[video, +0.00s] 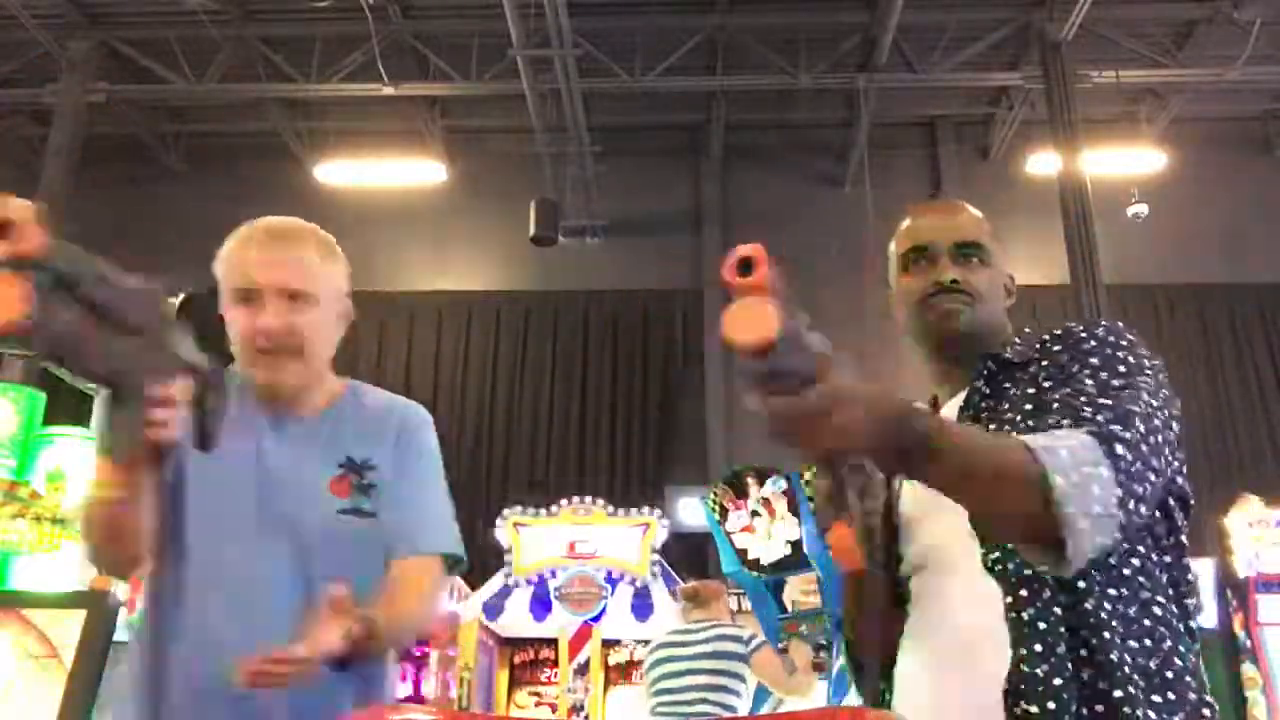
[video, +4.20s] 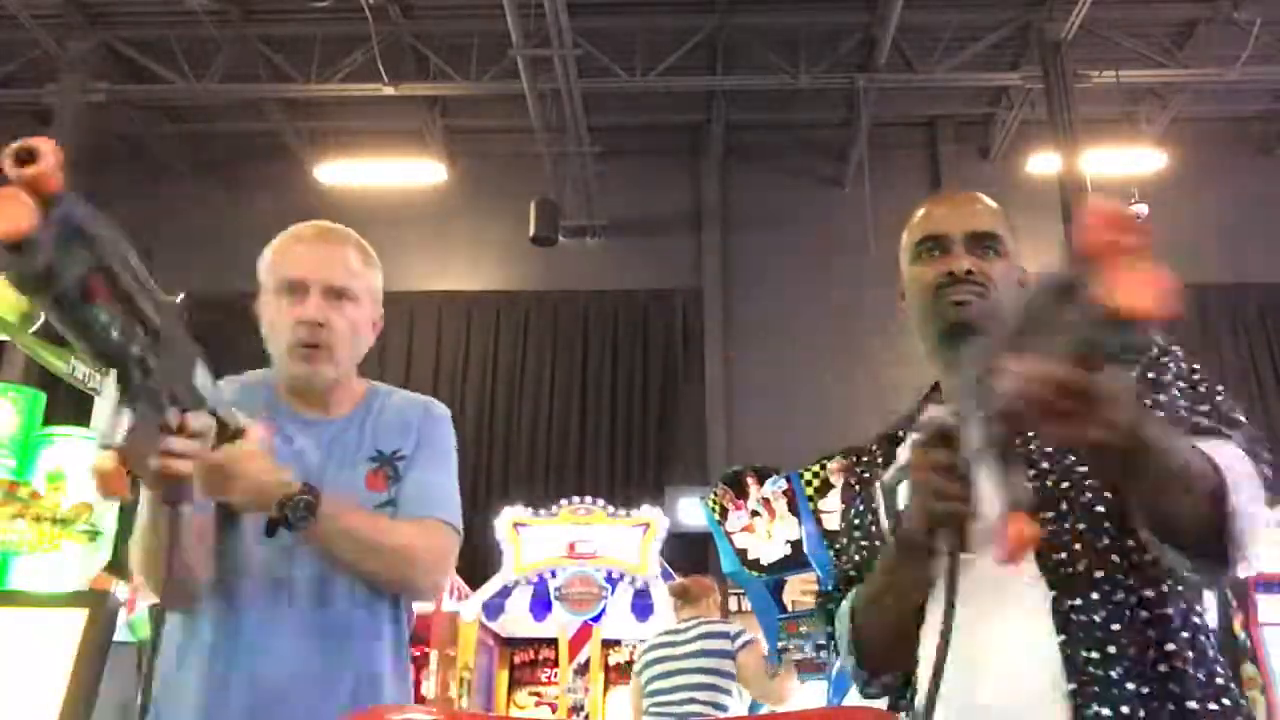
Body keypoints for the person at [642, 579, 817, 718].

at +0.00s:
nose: (731, 609)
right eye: (728, 602)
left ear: (684, 612)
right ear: (722, 603)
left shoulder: (656, 647)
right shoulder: (742, 637)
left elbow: (651, 701)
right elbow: (792, 688)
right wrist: (802, 659)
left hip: (662, 716)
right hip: (715, 713)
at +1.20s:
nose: (723, 609)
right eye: (721, 603)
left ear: (675, 609)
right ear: (714, 600)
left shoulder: (646, 650)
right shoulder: (731, 633)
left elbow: (639, 713)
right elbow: (778, 695)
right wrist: (794, 665)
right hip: (710, 712)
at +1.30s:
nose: (721, 611)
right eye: (720, 605)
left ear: (676, 610)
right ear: (714, 602)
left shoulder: (646, 648)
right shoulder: (729, 633)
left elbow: (638, 713)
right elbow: (758, 694)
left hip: (658, 716)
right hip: (707, 714)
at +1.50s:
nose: (721, 606)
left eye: (718, 599)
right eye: (718, 599)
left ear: (675, 607)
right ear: (711, 596)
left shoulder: (646, 647)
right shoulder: (728, 631)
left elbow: (638, 713)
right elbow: (759, 690)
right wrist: (786, 686)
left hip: (656, 715)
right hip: (709, 713)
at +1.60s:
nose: (719, 605)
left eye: (716, 598)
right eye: (716, 597)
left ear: (672, 606)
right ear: (709, 594)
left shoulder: (644, 647)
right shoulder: (728, 630)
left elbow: (638, 711)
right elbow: (778, 685)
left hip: (656, 715)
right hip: (710, 713)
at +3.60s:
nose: (716, 605)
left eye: (714, 599)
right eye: (714, 599)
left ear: (671, 607)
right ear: (709, 598)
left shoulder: (645, 647)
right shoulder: (729, 632)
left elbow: (635, 713)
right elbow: (787, 682)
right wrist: (799, 657)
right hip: (707, 713)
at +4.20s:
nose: (721, 609)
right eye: (720, 603)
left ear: (677, 609)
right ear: (713, 601)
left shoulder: (647, 647)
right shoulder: (730, 633)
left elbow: (638, 711)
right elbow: (774, 694)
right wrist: (790, 661)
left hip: (658, 714)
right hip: (710, 713)